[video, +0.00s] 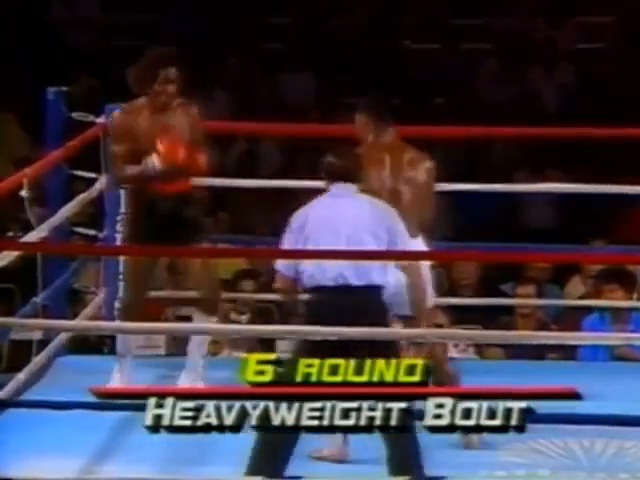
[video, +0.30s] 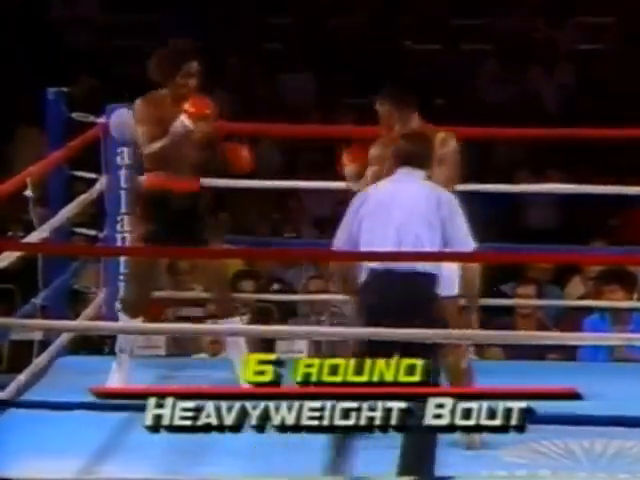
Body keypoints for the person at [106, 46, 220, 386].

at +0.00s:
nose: (169, 89)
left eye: (174, 82)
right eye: (162, 82)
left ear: (179, 85)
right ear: (148, 85)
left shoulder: (188, 115)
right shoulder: (126, 119)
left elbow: (204, 158)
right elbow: (117, 170)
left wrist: (187, 161)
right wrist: (149, 167)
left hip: (184, 208)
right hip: (144, 210)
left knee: (207, 291)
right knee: (134, 295)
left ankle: (193, 373)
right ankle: (123, 371)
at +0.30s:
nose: (192, 82)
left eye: (196, 75)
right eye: (185, 75)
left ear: (200, 77)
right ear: (167, 76)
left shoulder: (201, 108)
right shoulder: (148, 106)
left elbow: (205, 154)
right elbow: (149, 154)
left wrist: (227, 154)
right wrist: (182, 127)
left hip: (191, 195)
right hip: (157, 194)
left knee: (213, 274)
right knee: (140, 278)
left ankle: (240, 359)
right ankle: (121, 367)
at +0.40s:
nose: (223, 90)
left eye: (225, 83)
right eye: (217, 82)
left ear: (222, 85)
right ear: (198, 84)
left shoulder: (220, 114)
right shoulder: (168, 112)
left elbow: (223, 155)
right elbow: (158, 163)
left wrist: (236, 153)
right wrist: (196, 150)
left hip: (206, 198)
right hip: (170, 198)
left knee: (226, 274)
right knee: (153, 277)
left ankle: (245, 356)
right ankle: (125, 364)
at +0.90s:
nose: (221, 106)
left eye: (225, 99)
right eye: (214, 101)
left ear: (229, 95)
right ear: (202, 102)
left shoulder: (245, 116)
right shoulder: (188, 124)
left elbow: (265, 156)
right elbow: (187, 178)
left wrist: (249, 163)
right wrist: (215, 164)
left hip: (247, 207)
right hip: (207, 209)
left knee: (275, 285)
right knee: (189, 293)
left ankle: (277, 360)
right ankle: (168, 373)